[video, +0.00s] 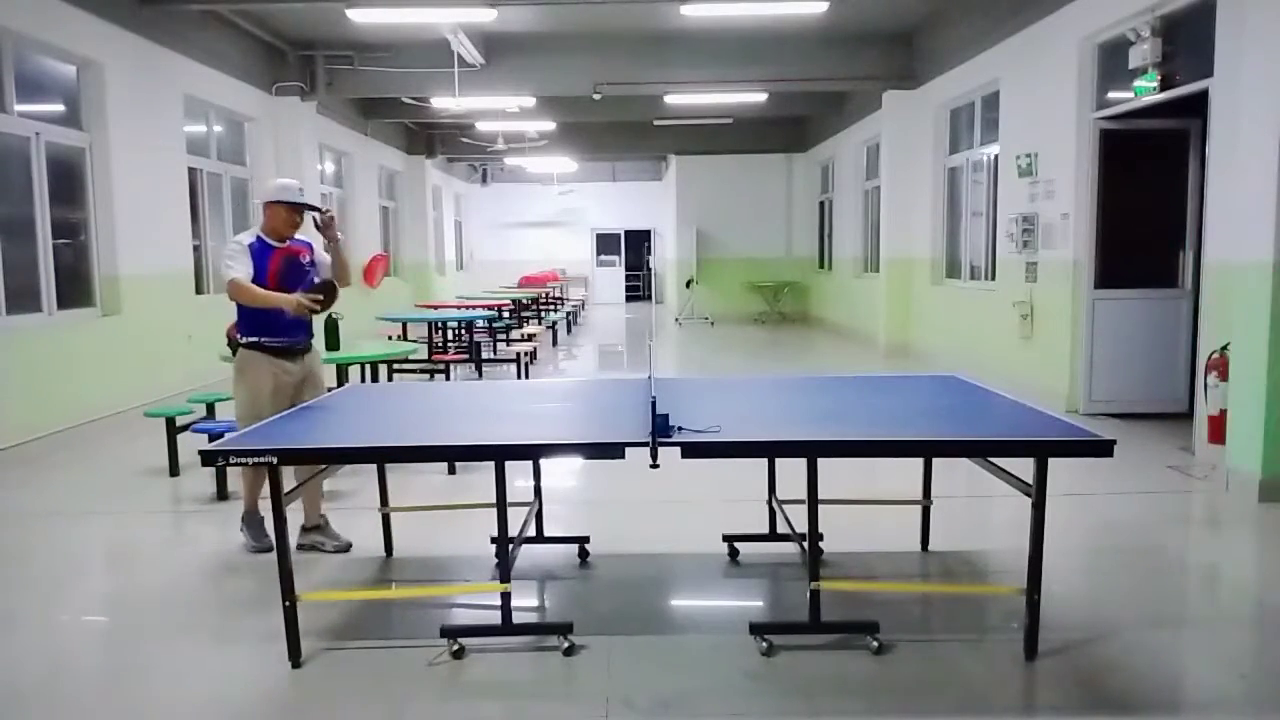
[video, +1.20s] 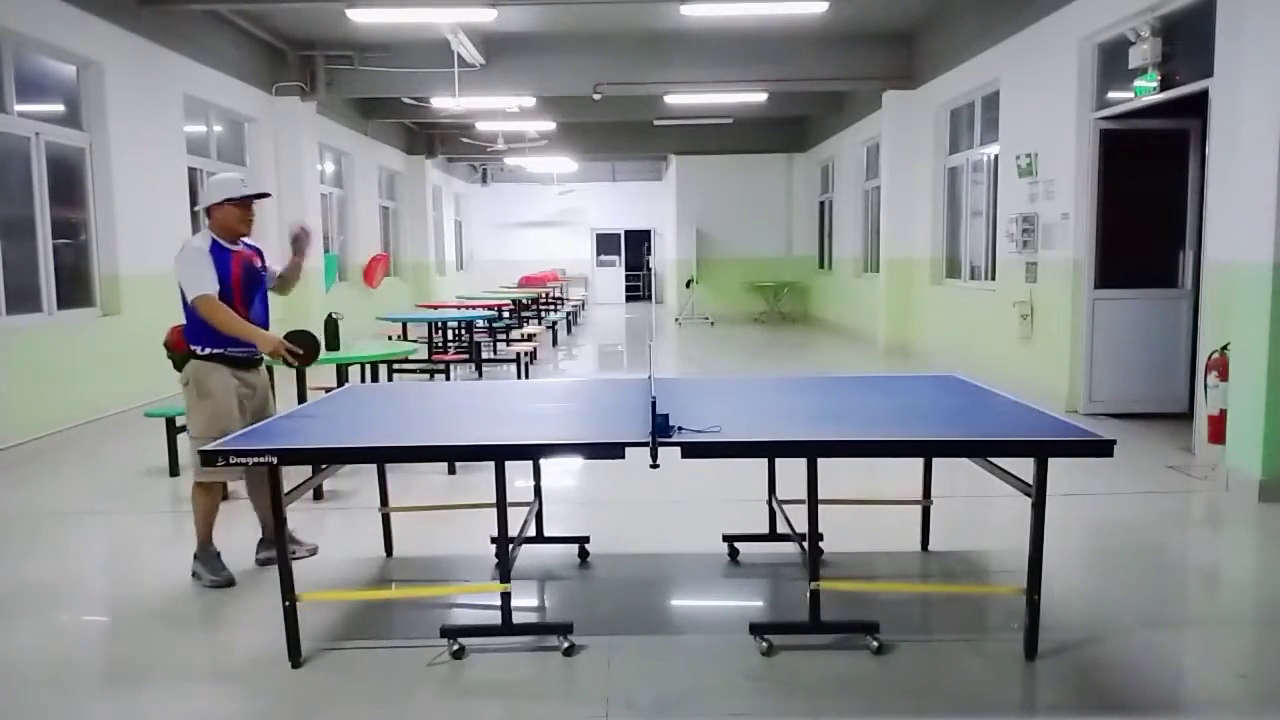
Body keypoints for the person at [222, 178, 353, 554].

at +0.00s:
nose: (299, 219)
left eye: (302, 213)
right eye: (293, 212)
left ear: (301, 214)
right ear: (269, 209)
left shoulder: (307, 248)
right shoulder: (241, 247)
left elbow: (341, 280)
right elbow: (237, 290)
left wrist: (333, 240)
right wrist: (287, 301)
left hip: (303, 358)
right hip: (259, 360)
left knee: (313, 441)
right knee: (257, 442)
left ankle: (314, 524)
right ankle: (252, 516)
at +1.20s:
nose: (252, 213)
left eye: (252, 207)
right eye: (243, 207)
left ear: (245, 211)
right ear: (216, 210)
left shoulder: (252, 252)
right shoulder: (195, 253)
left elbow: (281, 286)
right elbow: (209, 309)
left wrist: (297, 259)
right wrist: (264, 338)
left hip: (252, 368)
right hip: (211, 370)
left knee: (262, 456)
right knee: (211, 463)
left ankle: (273, 537)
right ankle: (205, 552)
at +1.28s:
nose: (244, 212)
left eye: (245, 205)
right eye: (235, 205)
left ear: (238, 209)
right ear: (207, 210)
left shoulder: (244, 249)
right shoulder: (190, 252)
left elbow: (265, 291)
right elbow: (207, 310)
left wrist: (301, 295)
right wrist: (259, 341)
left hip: (251, 367)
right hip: (210, 370)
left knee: (263, 455)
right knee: (211, 464)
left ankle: (274, 535)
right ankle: (204, 553)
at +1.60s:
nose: (250, 214)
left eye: (251, 207)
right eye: (241, 207)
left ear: (244, 210)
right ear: (214, 211)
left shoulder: (250, 249)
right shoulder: (193, 250)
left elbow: (252, 308)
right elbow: (207, 309)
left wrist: (272, 341)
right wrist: (263, 338)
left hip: (259, 367)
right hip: (215, 371)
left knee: (290, 438)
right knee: (212, 462)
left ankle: (293, 518)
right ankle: (205, 551)